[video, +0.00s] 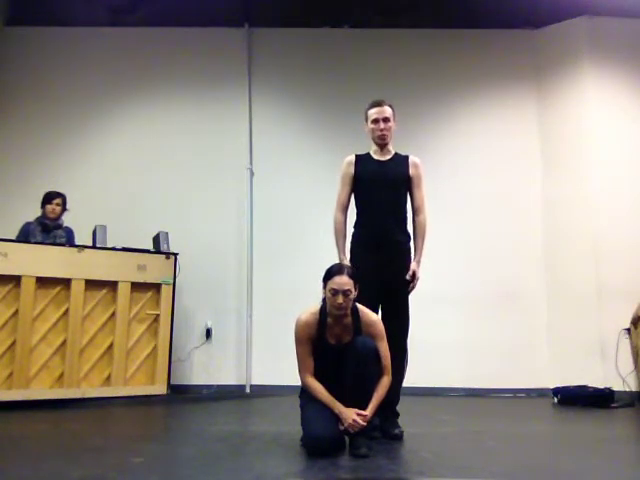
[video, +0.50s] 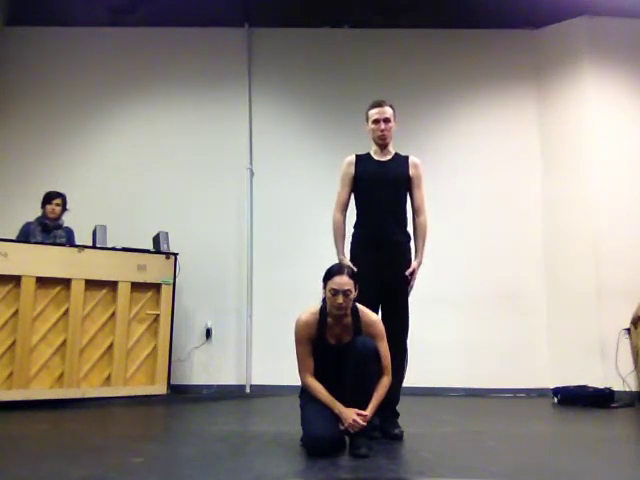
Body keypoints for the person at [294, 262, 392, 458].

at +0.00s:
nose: (340, 301)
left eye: (347, 294)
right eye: (334, 293)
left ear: (355, 293)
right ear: (324, 292)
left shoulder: (371, 322)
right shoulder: (307, 323)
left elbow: (386, 374)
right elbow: (307, 377)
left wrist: (366, 415)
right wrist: (342, 411)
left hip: (356, 393)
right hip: (321, 393)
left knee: (365, 347)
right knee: (321, 445)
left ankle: (360, 432)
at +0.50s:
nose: (340, 301)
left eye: (347, 294)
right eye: (334, 293)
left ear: (355, 293)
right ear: (324, 292)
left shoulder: (371, 322)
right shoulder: (307, 323)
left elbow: (386, 374)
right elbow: (307, 377)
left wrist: (366, 415)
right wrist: (342, 411)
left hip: (356, 392)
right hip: (321, 393)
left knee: (365, 346)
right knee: (322, 445)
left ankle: (360, 432)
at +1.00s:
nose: (340, 301)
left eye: (347, 294)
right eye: (334, 294)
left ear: (355, 293)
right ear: (324, 292)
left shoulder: (371, 322)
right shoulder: (307, 323)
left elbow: (386, 374)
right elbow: (307, 378)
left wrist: (366, 414)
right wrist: (342, 412)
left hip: (355, 392)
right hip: (321, 392)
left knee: (365, 347)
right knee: (322, 445)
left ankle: (360, 432)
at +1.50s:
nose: (339, 301)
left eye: (346, 294)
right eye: (333, 294)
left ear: (355, 293)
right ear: (324, 292)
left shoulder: (371, 322)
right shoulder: (307, 323)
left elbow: (386, 374)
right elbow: (307, 378)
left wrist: (366, 414)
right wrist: (342, 412)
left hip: (355, 392)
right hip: (321, 393)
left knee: (364, 347)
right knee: (321, 445)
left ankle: (360, 431)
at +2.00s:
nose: (339, 301)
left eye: (346, 294)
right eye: (333, 294)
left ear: (354, 294)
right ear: (324, 292)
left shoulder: (371, 323)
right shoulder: (306, 324)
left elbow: (386, 375)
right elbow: (306, 378)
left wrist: (367, 413)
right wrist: (341, 411)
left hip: (355, 392)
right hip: (320, 392)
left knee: (365, 347)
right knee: (321, 445)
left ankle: (359, 432)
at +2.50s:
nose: (339, 302)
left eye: (346, 295)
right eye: (333, 294)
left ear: (354, 294)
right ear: (323, 292)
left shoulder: (371, 323)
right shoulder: (306, 324)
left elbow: (386, 375)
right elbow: (306, 378)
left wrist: (366, 413)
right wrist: (341, 411)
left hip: (355, 392)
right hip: (320, 393)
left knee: (365, 347)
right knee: (321, 445)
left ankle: (359, 432)